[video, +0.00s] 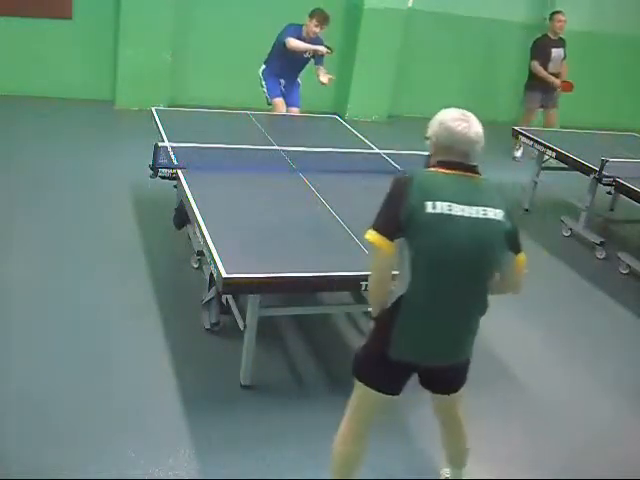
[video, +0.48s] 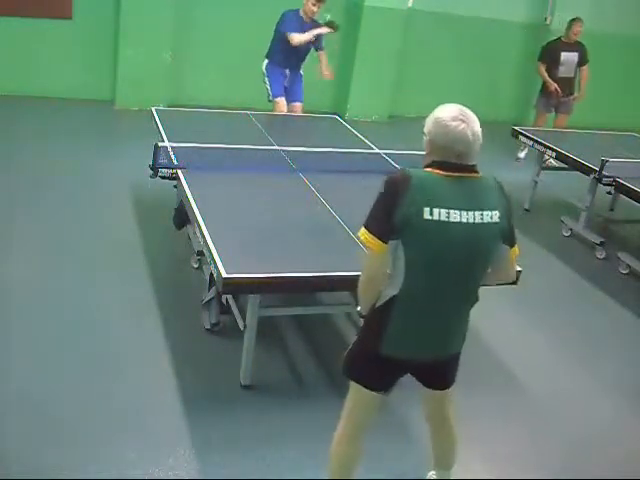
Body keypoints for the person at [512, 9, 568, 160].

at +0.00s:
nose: (561, 24)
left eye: (563, 22)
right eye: (558, 21)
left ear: (565, 24)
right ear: (550, 23)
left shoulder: (561, 42)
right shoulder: (539, 42)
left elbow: (563, 63)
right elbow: (534, 65)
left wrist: (562, 81)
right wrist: (553, 80)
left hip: (552, 85)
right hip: (535, 85)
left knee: (551, 119)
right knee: (529, 116)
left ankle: (546, 150)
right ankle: (519, 144)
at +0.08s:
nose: (563, 25)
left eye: (565, 22)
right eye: (560, 22)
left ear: (566, 25)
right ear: (552, 24)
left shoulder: (564, 43)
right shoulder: (540, 43)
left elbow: (564, 64)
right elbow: (535, 68)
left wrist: (563, 81)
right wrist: (553, 82)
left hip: (553, 85)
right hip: (537, 85)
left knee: (552, 120)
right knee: (529, 116)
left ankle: (547, 151)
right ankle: (519, 144)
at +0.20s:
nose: (568, 27)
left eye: (570, 24)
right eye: (565, 24)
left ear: (572, 26)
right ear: (558, 25)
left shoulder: (570, 45)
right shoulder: (546, 43)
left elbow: (570, 67)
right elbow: (535, 65)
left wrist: (570, 87)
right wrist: (548, 83)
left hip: (559, 86)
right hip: (542, 85)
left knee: (556, 125)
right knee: (533, 120)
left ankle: (549, 154)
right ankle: (521, 145)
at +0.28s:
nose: (571, 30)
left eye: (573, 27)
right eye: (569, 26)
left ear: (574, 28)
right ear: (561, 27)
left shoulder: (574, 47)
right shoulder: (548, 44)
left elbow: (576, 68)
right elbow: (537, 66)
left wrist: (575, 89)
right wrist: (548, 83)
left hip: (562, 91)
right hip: (544, 89)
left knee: (558, 126)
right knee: (533, 121)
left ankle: (549, 154)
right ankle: (522, 144)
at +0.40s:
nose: (575, 35)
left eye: (578, 32)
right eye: (573, 32)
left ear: (580, 32)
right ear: (566, 30)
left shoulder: (579, 48)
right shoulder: (550, 45)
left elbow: (582, 69)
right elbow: (539, 66)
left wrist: (580, 90)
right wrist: (548, 82)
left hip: (566, 92)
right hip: (548, 90)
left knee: (559, 127)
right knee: (538, 122)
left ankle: (549, 155)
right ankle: (522, 144)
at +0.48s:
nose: (577, 34)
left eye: (579, 31)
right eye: (575, 31)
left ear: (581, 32)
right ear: (567, 29)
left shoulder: (581, 49)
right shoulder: (551, 46)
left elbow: (584, 70)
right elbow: (541, 66)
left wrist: (581, 91)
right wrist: (549, 82)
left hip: (567, 93)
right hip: (549, 90)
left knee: (560, 127)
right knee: (539, 123)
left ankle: (549, 155)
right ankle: (526, 146)